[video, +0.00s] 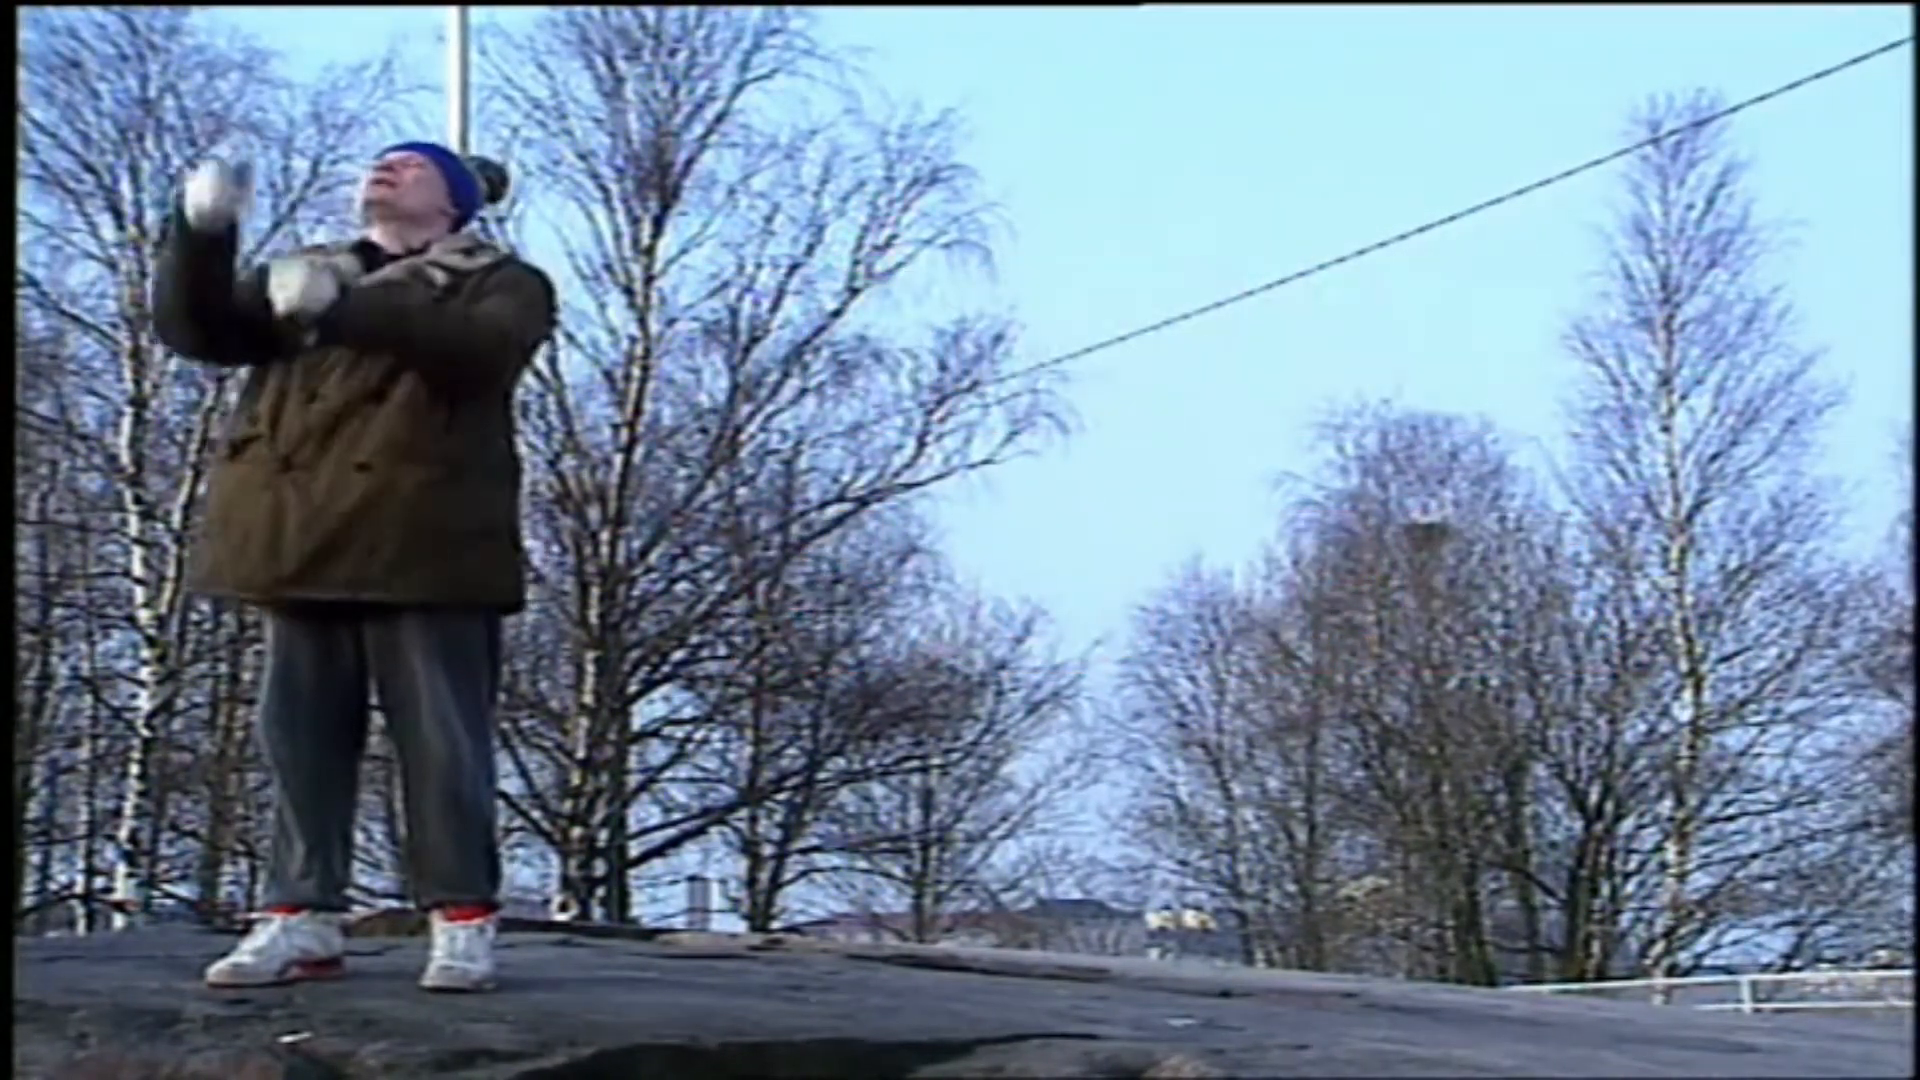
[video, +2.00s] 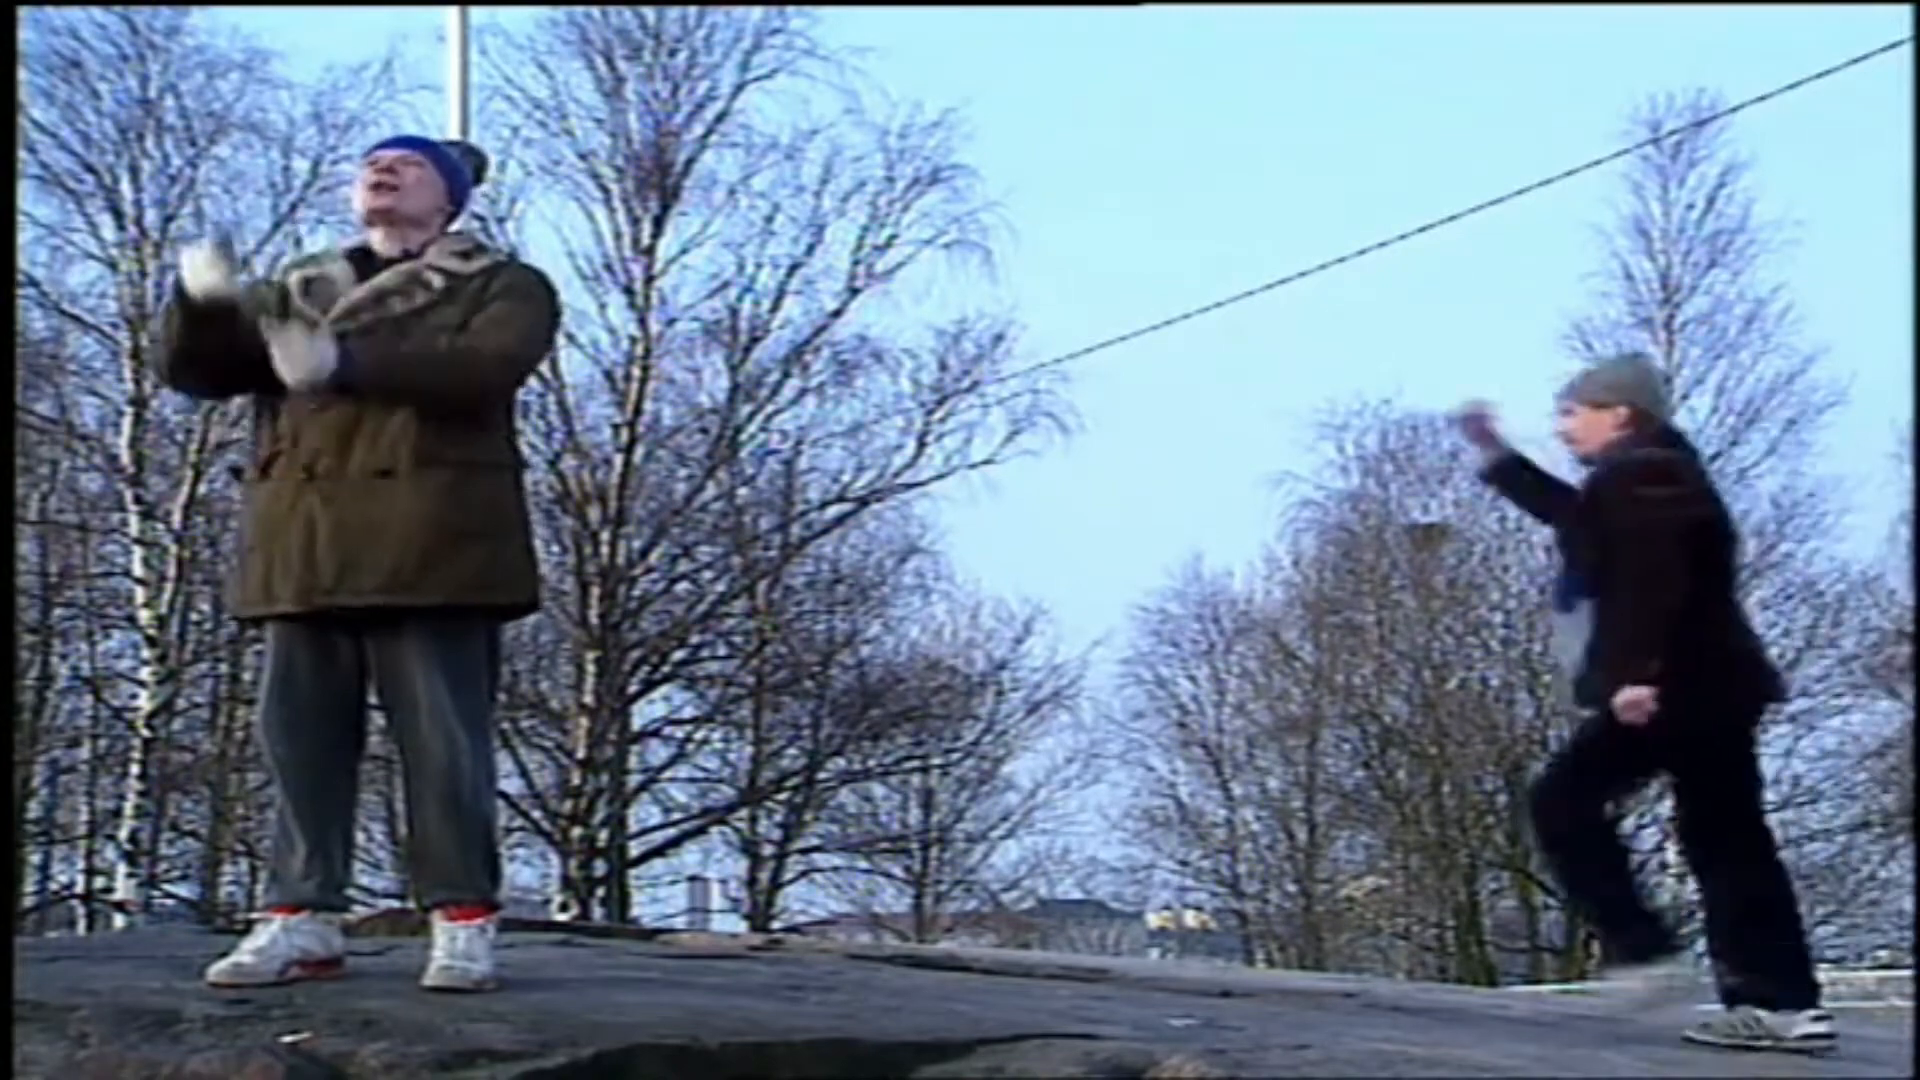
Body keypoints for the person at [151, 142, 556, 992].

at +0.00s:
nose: (381, 173)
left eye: (406, 165)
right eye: (376, 168)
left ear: (455, 205)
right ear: (360, 199)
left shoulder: (504, 280)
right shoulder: (320, 277)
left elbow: (475, 341)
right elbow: (196, 328)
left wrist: (339, 302)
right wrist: (204, 239)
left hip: (432, 548)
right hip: (305, 544)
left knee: (442, 738)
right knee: (300, 734)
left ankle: (461, 918)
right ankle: (305, 918)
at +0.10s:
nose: (380, 174)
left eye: (404, 166)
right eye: (374, 168)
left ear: (454, 204)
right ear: (360, 192)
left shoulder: (498, 276)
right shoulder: (300, 283)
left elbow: (489, 310)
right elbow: (239, 393)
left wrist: (343, 246)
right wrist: (234, 367)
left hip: (432, 543)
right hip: (305, 542)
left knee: (440, 737)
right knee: (300, 734)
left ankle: (461, 919)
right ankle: (305, 918)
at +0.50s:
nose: (376, 174)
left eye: (401, 167)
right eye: (370, 169)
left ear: (450, 204)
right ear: (354, 200)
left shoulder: (503, 279)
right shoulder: (305, 280)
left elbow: (472, 353)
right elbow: (186, 332)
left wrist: (342, 340)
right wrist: (192, 252)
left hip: (435, 559)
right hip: (306, 561)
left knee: (442, 741)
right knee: (299, 738)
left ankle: (463, 919)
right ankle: (305, 918)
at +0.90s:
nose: (375, 177)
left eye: (401, 168)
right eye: (369, 171)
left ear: (452, 204)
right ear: (356, 202)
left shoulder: (502, 282)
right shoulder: (314, 281)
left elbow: (482, 348)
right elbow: (263, 386)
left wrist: (340, 301)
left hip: (429, 550)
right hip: (305, 549)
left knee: (440, 740)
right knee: (299, 737)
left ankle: (461, 918)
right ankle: (306, 918)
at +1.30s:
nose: (382, 178)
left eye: (407, 171)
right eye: (376, 172)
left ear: (453, 207)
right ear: (359, 201)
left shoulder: (503, 279)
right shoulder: (307, 279)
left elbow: (479, 347)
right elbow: (186, 334)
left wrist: (341, 319)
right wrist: (177, 246)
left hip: (437, 555)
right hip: (306, 556)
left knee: (443, 739)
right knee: (299, 735)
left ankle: (462, 919)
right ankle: (306, 918)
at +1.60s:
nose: (383, 172)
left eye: (407, 165)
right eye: (374, 167)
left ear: (456, 204)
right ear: (357, 202)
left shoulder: (505, 282)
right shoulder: (307, 279)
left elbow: (486, 354)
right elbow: (221, 392)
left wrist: (334, 327)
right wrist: (215, 332)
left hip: (435, 550)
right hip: (306, 548)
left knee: (443, 741)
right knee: (301, 738)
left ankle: (462, 918)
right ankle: (306, 918)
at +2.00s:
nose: (380, 172)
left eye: (404, 164)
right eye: (371, 166)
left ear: (451, 195)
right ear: (354, 196)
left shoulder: (508, 284)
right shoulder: (310, 285)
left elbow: (480, 370)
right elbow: (198, 369)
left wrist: (342, 358)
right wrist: (206, 307)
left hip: (435, 556)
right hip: (305, 555)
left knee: (444, 742)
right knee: (301, 738)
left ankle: (463, 919)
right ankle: (307, 918)